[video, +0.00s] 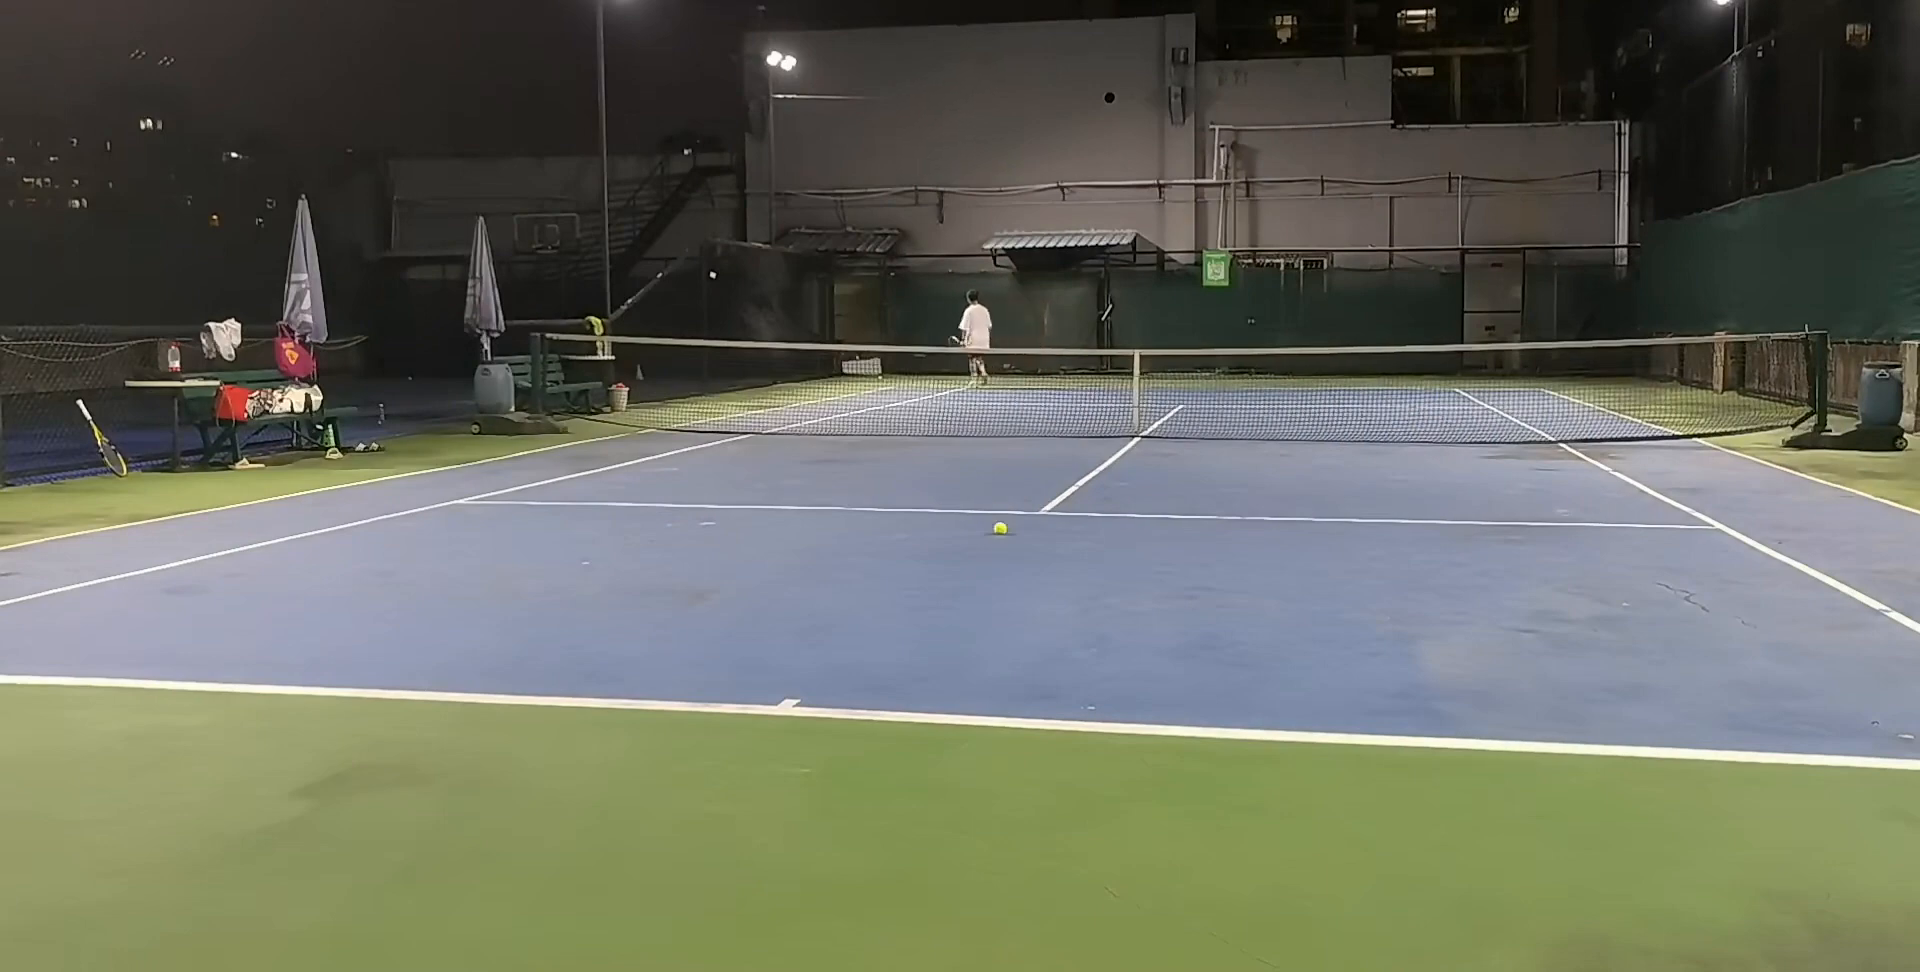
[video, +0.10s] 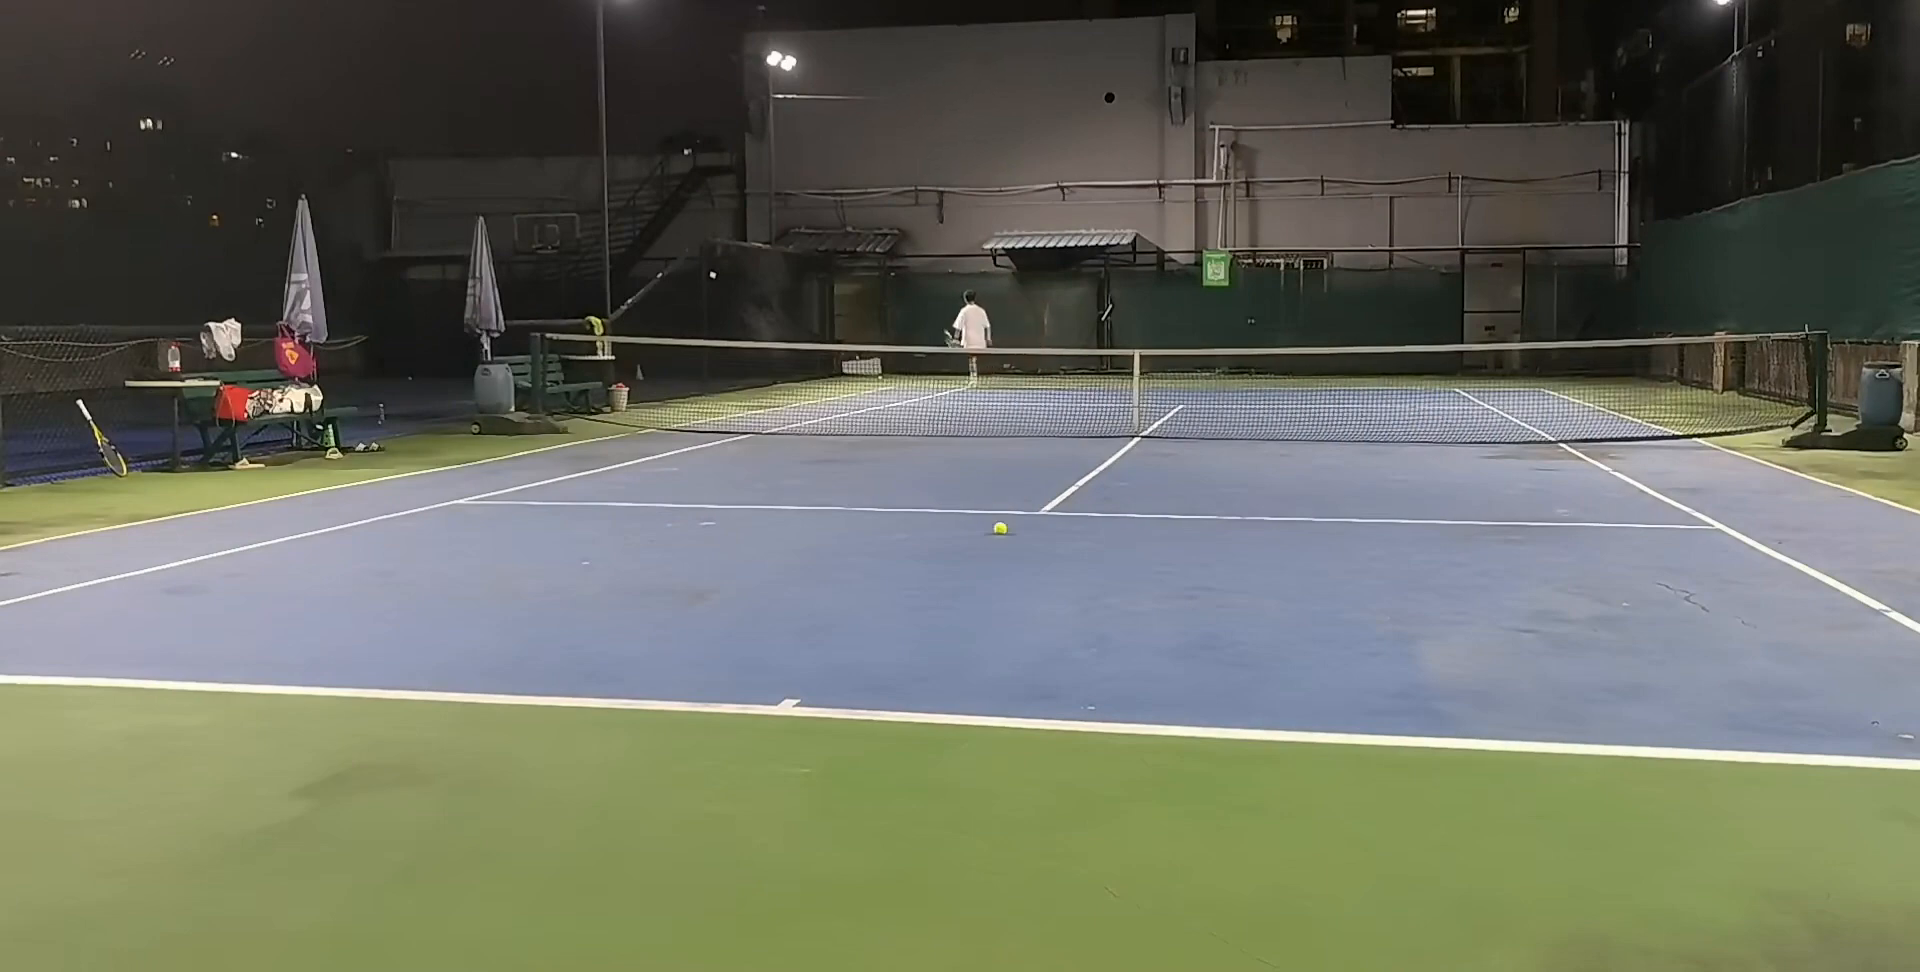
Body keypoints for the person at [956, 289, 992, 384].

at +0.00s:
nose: (967, 301)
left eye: (968, 299)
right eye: (968, 299)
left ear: (969, 299)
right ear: (977, 298)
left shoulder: (969, 311)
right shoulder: (985, 310)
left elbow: (965, 328)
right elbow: (989, 325)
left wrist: (964, 340)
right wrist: (985, 335)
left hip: (972, 339)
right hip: (984, 340)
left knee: (972, 359)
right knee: (979, 357)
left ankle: (974, 378)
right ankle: (984, 373)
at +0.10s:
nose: (965, 301)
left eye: (965, 299)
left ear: (965, 299)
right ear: (974, 299)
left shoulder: (964, 311)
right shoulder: (981, 311)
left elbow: (958, 327)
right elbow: (987, 326)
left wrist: (955, 339)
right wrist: (989, 339)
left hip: (968, 343)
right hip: (981, 343)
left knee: (972, 360)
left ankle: (973, 377)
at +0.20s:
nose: (963, 302)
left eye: (963, 300)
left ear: (962, 301)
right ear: (972, 300)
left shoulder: (960, 312)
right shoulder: (978, 313)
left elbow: (953, 327)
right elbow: (984, 327)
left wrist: (949, 339)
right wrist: (987, 340)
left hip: (964, 342)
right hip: (977, 342)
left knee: (970, 360)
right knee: (967, 359)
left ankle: (973, 378)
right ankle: (964, 376)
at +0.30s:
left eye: (960, 301)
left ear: (959, 301)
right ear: (969, 301)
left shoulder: (957, 313)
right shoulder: (974, 314)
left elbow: (949, 328)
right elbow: (980, 329)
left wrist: (946, 339)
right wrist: (982, 342)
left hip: (960, 343)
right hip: (972, 343)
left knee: (963, 360)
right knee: (964, 361)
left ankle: (971, 374)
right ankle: (963, 378)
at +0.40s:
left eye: (957, 300)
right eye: (963, 300)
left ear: (956, 300)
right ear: (966, 300)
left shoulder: (954, 312)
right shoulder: (970, 312)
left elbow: (946, 326)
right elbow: (975, 328)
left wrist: (945, 338)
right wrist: (975, 340)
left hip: (955, 342)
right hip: (968, 342)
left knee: (955, 360)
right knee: (964, 360)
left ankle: (963, 370)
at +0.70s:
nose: (944, 302)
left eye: (944, 300)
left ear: (944, 301)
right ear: (953, 300)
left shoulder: (943, 312)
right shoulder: (958, 311)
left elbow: (940, 328)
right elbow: (963, 323)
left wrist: (939, 339)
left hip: (946, 340)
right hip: (958, 340)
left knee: (943, 357)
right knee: (958, 358)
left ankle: (941, 374)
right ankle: (961, 374)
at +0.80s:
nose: (939, 302)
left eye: (939, 300)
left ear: (940, 301)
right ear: (949, 300)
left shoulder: (939, 312)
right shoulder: (954, 311)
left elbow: (935, 328)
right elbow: (958, 324)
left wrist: (934, 339)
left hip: (942, 342)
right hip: (954, 342)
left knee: (940, 358)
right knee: (952, 356)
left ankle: (940, 374)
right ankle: (957, 370)